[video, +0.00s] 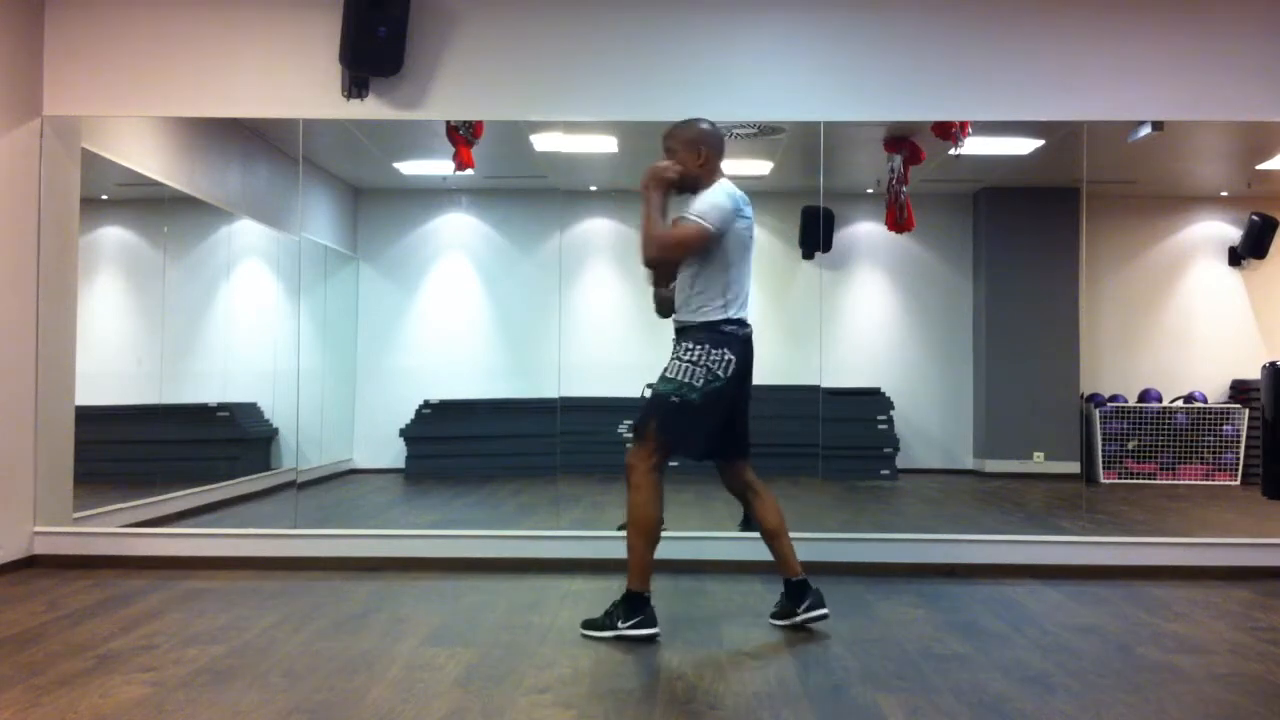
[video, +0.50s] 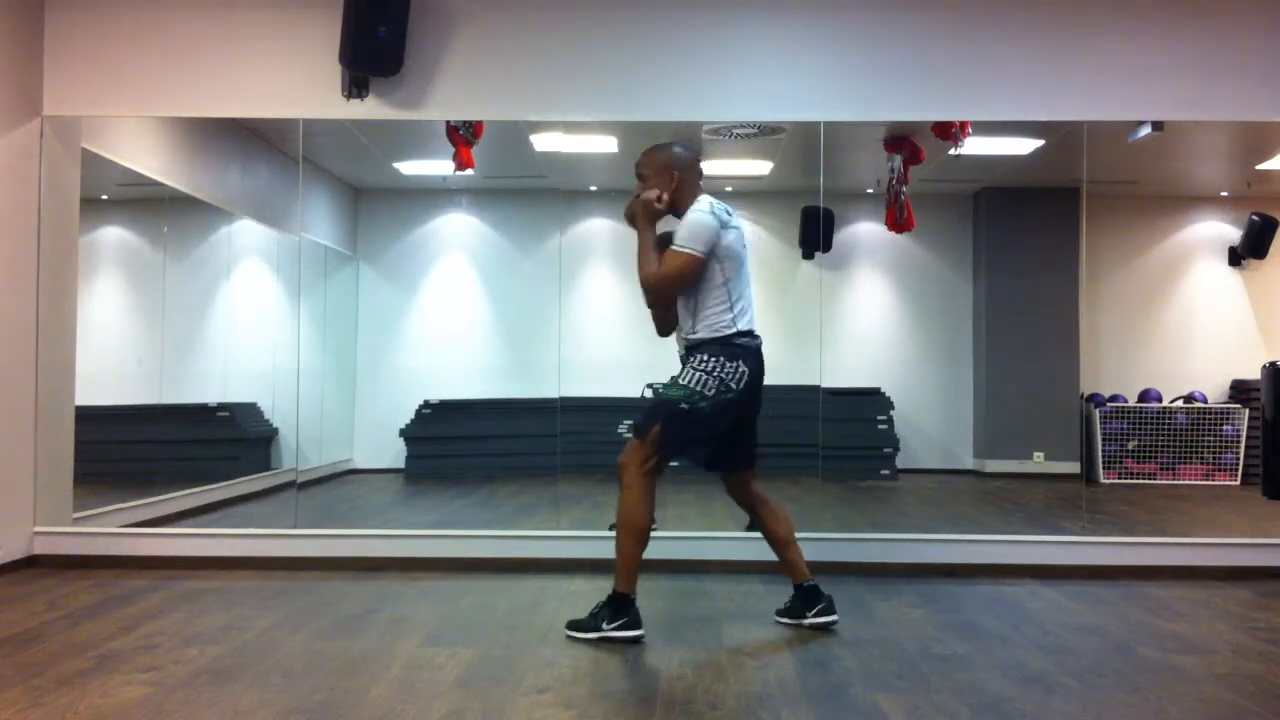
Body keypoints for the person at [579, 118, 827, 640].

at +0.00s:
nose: (667, 166)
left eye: (673, 156)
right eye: (667, 157)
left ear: (702, 156)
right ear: (705, 156)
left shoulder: (722, 198)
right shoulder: (706, 201)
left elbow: (658, 252)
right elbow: (668, 297)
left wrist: (653, 191)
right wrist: (666, 276)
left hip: (706, 347)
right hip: (719, 347)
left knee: (642, 460)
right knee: (738, 474)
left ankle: (636, 603)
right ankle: (799, 589)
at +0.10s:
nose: (668, 169)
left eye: (675, 160)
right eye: (668, 159)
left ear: (705, 162)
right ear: (701, 164)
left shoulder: (731, 204)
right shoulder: (700, 207)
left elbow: (669, 265)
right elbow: (652, 272)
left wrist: (672, 197)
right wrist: (652, 205)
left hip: (712, 351)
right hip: (707, 349)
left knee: (643, 458)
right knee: (739, 475)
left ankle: (636, 603)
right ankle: (803, 588)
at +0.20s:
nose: (670, 169)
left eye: (677, 160)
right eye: (671, 159)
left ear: (707, 161)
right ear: (711, 162)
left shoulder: (724, 204)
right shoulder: (718, 206)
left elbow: (655, 260)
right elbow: (659, 278)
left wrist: (664, 200)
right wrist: (664, 215)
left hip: (710, 354)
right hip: (726, 354)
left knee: (636, 460)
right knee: (753, 481)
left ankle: (634, 603)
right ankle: (808, 593)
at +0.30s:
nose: (666, 179)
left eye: (670, 169)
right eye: (667, 170)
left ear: (691, 166)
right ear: (715, 164)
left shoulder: (695, 205)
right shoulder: (751, 213)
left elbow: (638, 270)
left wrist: (655, 209)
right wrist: (671, 289)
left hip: (706, 355)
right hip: (744, 355)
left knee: (629, 463)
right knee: (753, 478)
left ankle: (624, 602)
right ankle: (807, 594)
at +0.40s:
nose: (653, 190)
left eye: (654, 181)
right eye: (652, 182)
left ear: (674, 175)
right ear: (697, 172)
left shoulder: (688, 214)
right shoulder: (741, 217)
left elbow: (642, 283)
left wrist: (648, 222)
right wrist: (665, 298)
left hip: (708, 359)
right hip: (744, 359)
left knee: (629, 465)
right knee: (753, 481)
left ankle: (619, 604)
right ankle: (810, 595)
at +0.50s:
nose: (639, 190)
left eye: (644, 179)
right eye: (639, 180)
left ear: (675, 178)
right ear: (679, 178)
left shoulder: (703, 216)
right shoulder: (693, 224)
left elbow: (659, 287)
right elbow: (666, 322)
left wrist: (644, 227)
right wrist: (649, 239)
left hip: (717, 361)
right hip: (729, 362)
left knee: (636, 462)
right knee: (742, 484)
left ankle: (621, 605)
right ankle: (809, 593)